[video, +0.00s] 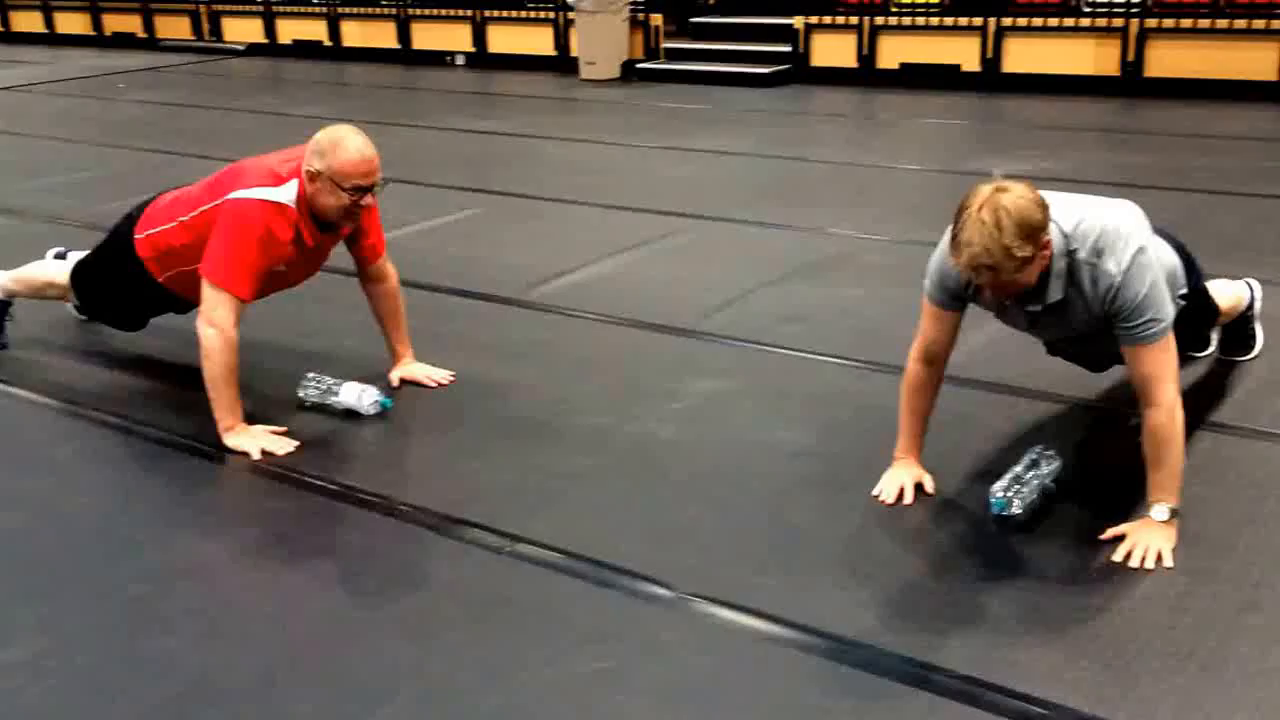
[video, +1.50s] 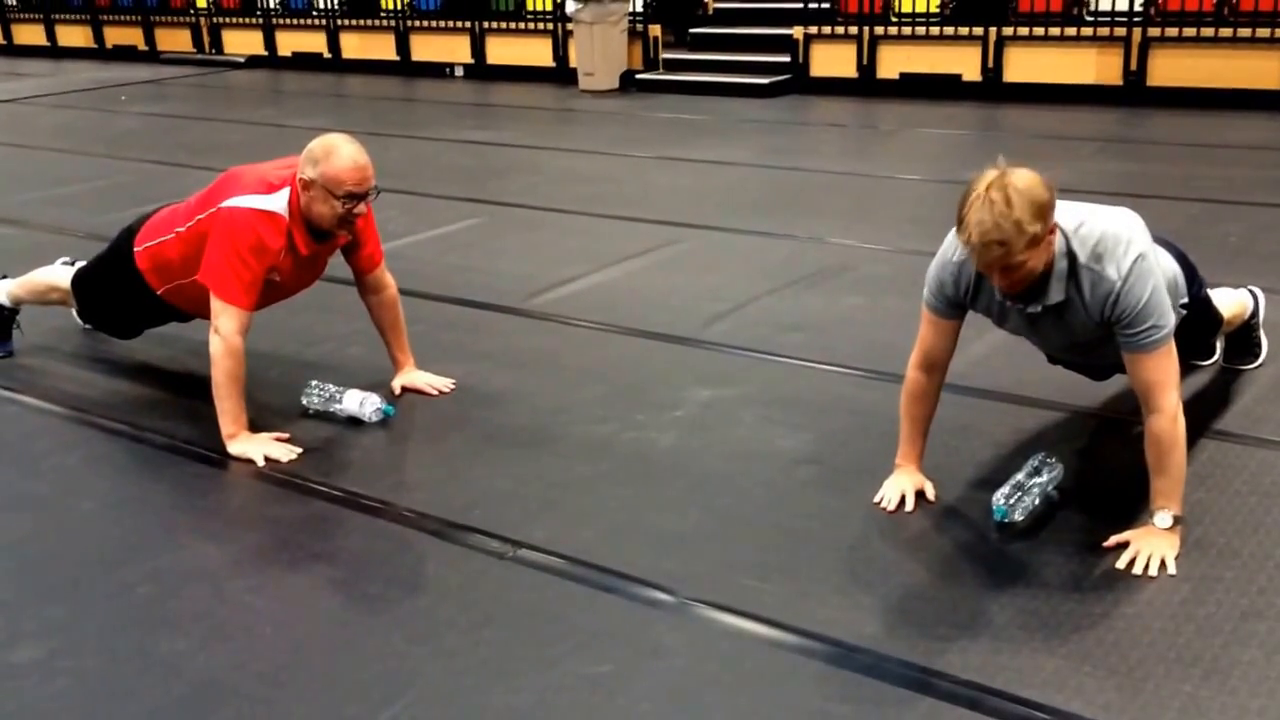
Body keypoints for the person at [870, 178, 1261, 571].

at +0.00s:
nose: (990, 293)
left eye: (1002, 282)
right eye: (980, 280)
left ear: (1041, 254)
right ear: (967, 255)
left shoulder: (1125, 266)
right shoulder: (957, 258)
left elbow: (1161, 400)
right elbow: (926, 357)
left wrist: (1160, 514)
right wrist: (906, 457)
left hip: (1154, 299)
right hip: (1070, 331)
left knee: (1194, 322)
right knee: (1111, 358)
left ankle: (1240, 297)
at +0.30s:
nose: (997, 262)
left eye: (1013, 246)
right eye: (985, 247)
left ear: (1048, 224)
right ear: (971, 235)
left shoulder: (1124, 262)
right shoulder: (960, 250)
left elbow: (1160, 400)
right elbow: (926, 360)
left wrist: (1161, 518)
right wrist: (907, 459)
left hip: (1151, 299)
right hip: (1068, 326)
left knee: (1195, 328)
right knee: (1110, 354)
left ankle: (1242, 300)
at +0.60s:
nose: (1007, 250)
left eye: (1022, 231)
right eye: (991, 234)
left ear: (1054, 214)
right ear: (974, 225)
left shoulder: (1124, 265)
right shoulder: (960, 252)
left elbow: (1161, 403)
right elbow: (927, 361)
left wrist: (1163, 517)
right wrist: (907, 461)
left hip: (1156, 303)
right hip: (1070, 330)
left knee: (1198, 324)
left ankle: (1243, 302)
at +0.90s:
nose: (1009, 252)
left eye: (1023, 233)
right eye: (992, 236)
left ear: (1055, 216)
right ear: (975, 228)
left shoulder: (1124, 266)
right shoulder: (961, 254)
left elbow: (1162, 404)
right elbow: (927, 363)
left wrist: (1164, 519)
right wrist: (907, 462)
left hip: (1157, 305)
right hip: (1071, 332)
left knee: (1199, 327)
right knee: (1120, 355)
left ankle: (1244, 303)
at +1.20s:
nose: (1011, 253)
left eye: (1024, 233)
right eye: (993, 237)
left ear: (1056, 216)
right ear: (976, 229)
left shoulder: (1125, 267)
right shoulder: (961, 256)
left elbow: (1162, 406)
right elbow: (926, 364)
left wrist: (1164, 521)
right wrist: (907, 464)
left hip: (1159, 309)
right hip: (1071, 335)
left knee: (1201, 330)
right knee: (1119, 358)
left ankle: (1245, 304)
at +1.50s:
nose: (1001, 283)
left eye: (1014, 268)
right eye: (990, 269)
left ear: (1049, 239)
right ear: (974, 247)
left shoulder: (1126, 270)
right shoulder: (958, 260)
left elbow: (1163, 407)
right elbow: (925, 366)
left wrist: (1164, 521)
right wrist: (907, 464)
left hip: (1156, 309)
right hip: (1071, 336)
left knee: (1201, 327)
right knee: (1120, 356)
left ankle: (1246, 304)